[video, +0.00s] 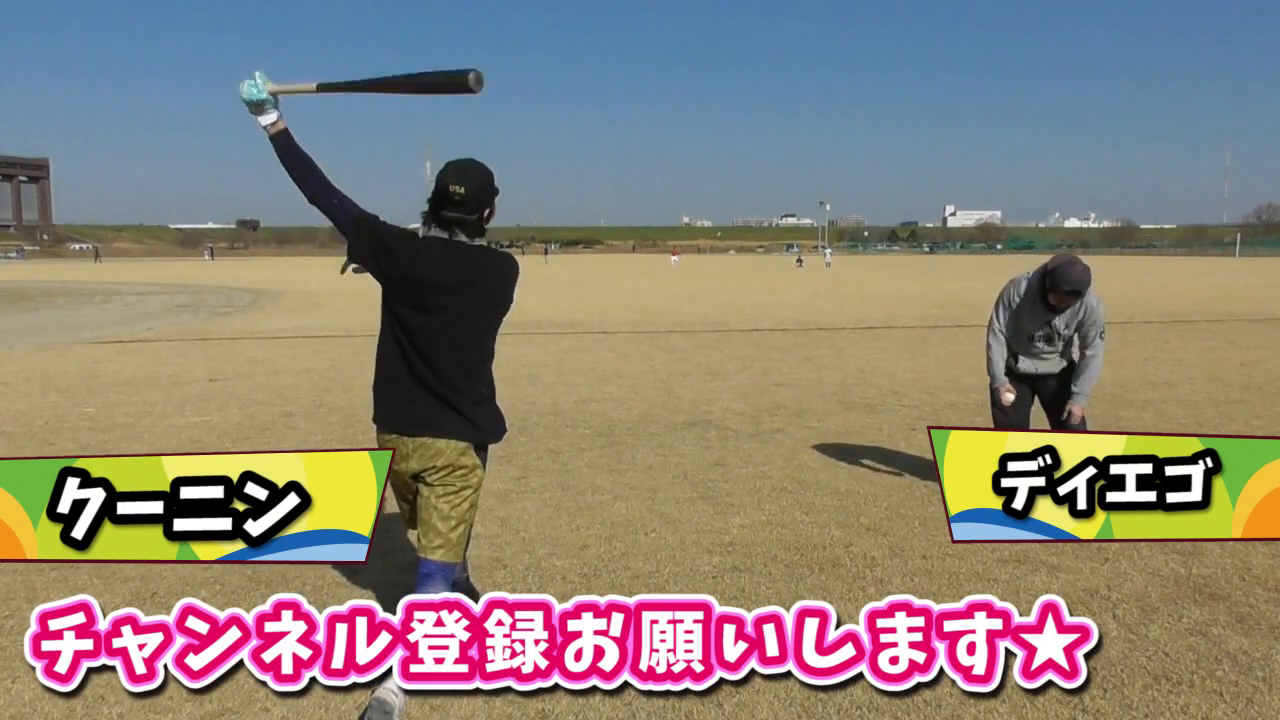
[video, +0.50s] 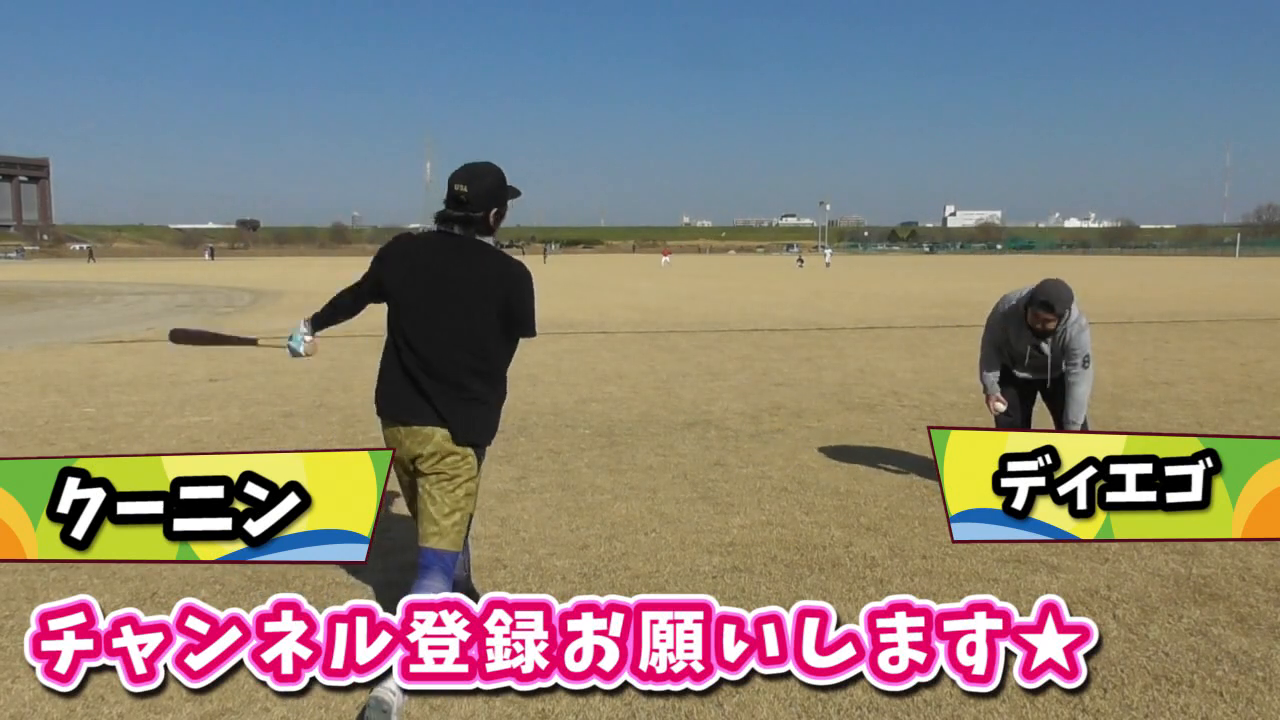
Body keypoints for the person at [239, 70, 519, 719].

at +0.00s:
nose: (481, 209)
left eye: (452, 194)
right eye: (487, 202)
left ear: (434, 203)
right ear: (488, 214)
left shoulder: (399, 249)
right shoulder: (502, 270)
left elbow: (323, 193)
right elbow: (463, 270)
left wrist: (272, 122)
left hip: (399, 429)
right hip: (461, 435)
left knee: (436, 556)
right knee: (435, 571)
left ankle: (473, 639)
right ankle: (394, 692)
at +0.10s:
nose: (483, 208)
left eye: (451, 197)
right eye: (490, 204)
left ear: (434, 202)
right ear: (490, 213)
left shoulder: (399, 247)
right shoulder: (503, 270)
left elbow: (326, 202)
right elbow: (496, 312)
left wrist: (271, 139)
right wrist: (409, 273)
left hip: (400, 430)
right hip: (461, 435)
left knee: (435, 548)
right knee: (436, 569)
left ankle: (464, 611)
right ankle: (393, 693)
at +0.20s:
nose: (491, 211)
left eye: (463, 199)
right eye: (491, 204)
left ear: (438, 204)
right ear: (490, 214)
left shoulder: (402, 250)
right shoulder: (504, 271)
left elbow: (327, 219)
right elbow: (510, 319)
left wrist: (271, 170)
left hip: (402, 429)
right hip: (463, 434)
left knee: (437, 547)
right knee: (437, 567)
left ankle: (471, 616)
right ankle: (395, 691)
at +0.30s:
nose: (497, 213)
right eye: (496, 206)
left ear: (442, 202)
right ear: (492, 213)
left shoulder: (401, 250)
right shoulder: (508, 273)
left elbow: (334, 243)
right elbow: (512, 328)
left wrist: (274, 215)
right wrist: (466, 290)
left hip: (401, 423)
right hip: (463, 432)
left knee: (436, 543)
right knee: (438, 564)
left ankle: (470, 621)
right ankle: (394, 690)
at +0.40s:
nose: (503, 214)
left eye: (497, 204)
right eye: (501, 207)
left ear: (447, 202)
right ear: (494, 214)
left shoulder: (403, 250)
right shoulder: (511, 275)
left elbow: (347, 270)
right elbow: (516, 334)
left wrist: (286, 269)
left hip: (401, 422)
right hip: (463, 430)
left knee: (437, 540)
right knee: (437, 562)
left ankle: (467, 615)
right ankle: (395, 686)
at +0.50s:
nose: (506, 215)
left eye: (505, 207)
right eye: (504, 208)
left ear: (450, 205)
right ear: (492, 213)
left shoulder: (405, 251)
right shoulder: (510, 273)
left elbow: (358, 295)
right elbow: (519, 330)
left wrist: (312, 324)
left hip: (398, 420)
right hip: (457, 430)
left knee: (444, 523)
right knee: (437, 560)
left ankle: (467, 615)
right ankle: (395, 682)